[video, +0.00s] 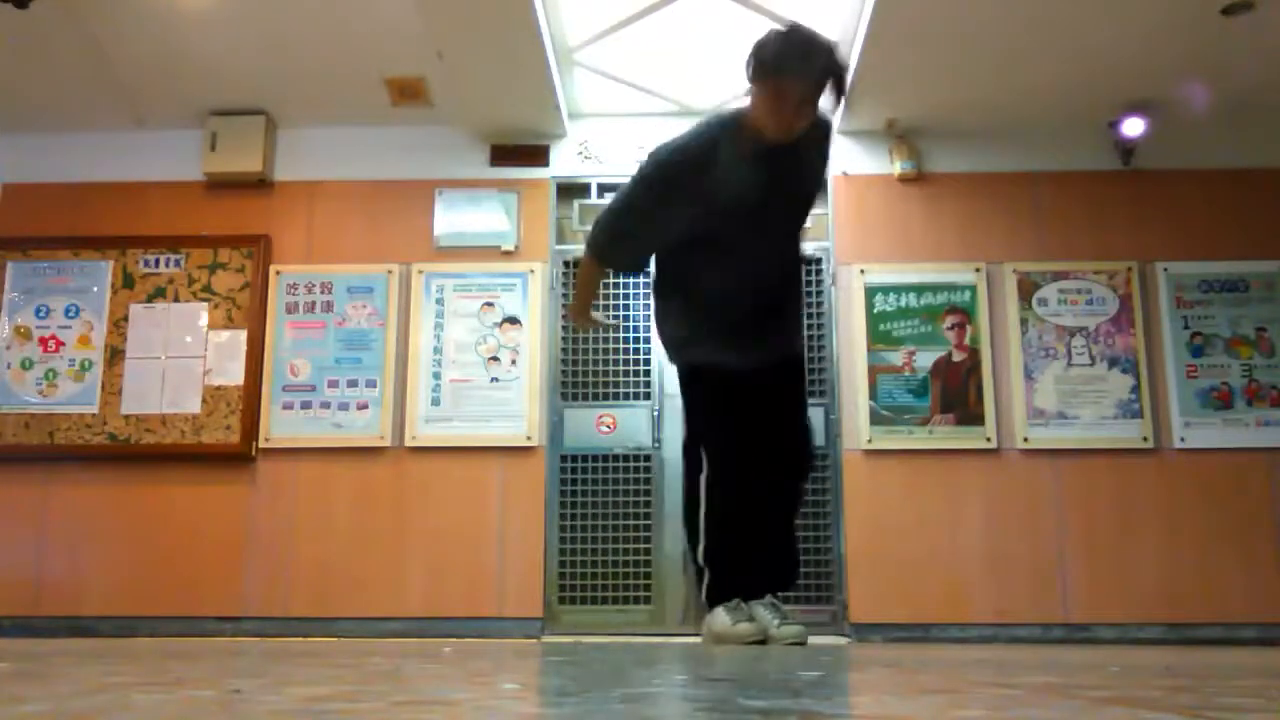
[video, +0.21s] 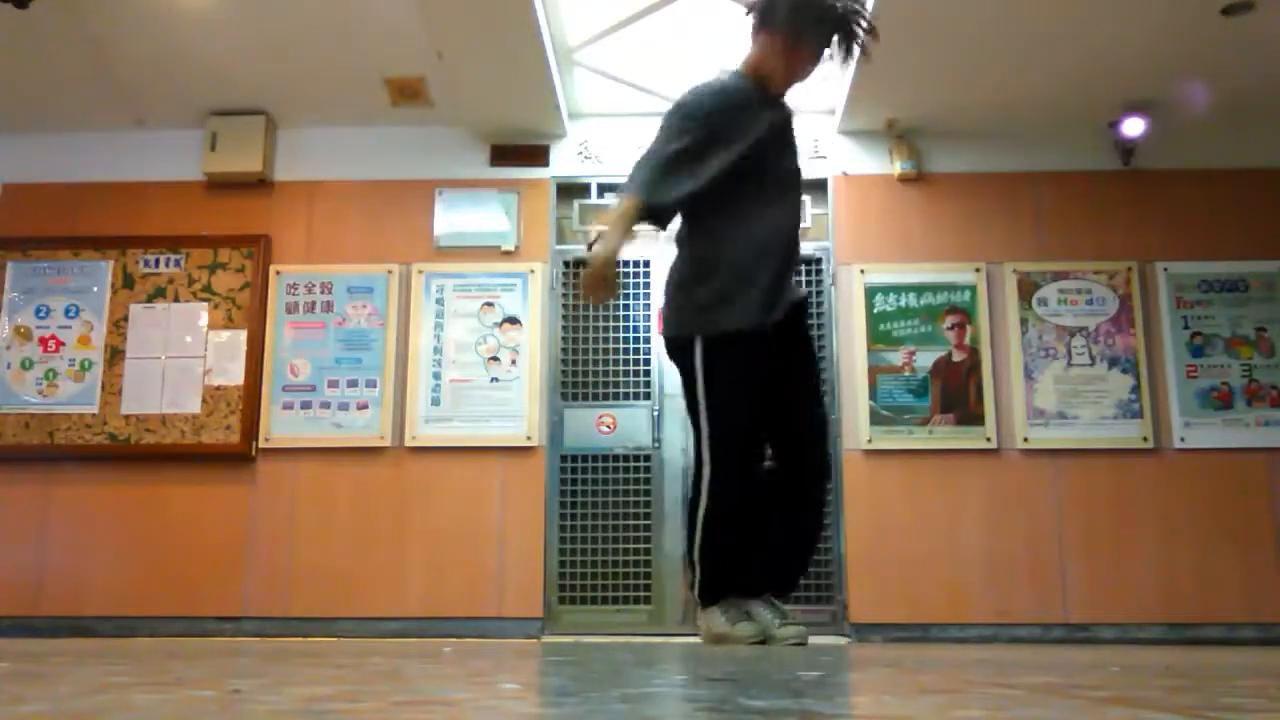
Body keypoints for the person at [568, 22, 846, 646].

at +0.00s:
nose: (793, 114)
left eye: (804, 102)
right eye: (783, 100)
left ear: (819, 95)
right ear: (756, 86)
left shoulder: (813, 139)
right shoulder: (695, 156)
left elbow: (789, 215)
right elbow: (616, 228)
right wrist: (582, 301)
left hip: (775, 322)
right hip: (705, 329)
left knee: (784, 456)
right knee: (729, 458)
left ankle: (764, 596)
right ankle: (725, 602)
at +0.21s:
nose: (808, 64)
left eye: (814, 51)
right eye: (802, 47)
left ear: (810, 51)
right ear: (768, 36)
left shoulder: (773, 114)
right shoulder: (714, 105)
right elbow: (649, 181)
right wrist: (605, 250)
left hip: (773, 311)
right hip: (711, 315)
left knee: (805, 456)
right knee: (728, 455)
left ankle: (764, 596)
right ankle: (719, 603)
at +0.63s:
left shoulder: (760, 58)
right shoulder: (651, 41)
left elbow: (787, 164)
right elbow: (578, 146)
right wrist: (561, 244)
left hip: (726, 273)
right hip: (647, 266)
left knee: (748, 427)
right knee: (656, 422)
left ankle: (701, 580)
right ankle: (615, 585)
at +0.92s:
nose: (635, 3)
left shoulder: (725, 18)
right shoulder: (580, 55)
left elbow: (804, 93)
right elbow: (535, 146)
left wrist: (814, 178)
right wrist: (543, 197)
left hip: (715, 256)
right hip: (622, 262)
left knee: (727, 409)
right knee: (613, 420)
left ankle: (717, 566)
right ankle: (637, 580)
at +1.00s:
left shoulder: (725, 10)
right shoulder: (580, 30)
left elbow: (811, 93)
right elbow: (531, 139)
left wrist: (835, 193)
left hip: (704, 214)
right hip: (620, 225)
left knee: (684, 375)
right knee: (614, 396)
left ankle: (690, 563)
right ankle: (677, 565)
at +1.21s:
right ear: (591, 3)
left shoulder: (701, 14)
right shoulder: (578, 52)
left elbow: (808, 79)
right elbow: (543, 133)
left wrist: (867, 151)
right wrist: (564, 23)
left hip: (724, 235)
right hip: (643, 255)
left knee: (710, 389)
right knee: (643, 415)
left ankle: (712, 571)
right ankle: (705, 571)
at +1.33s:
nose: (574, 12)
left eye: (579, 3)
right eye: (566, 8)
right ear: (561, 15)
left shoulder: (676, 21)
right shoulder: (565, 72)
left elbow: (790, 35)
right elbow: (550, 161)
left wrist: (838, 92)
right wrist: (567, 58)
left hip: (741, 239)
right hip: (660, 263)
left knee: (791, 388)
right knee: (658, 431)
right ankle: (708, 598)